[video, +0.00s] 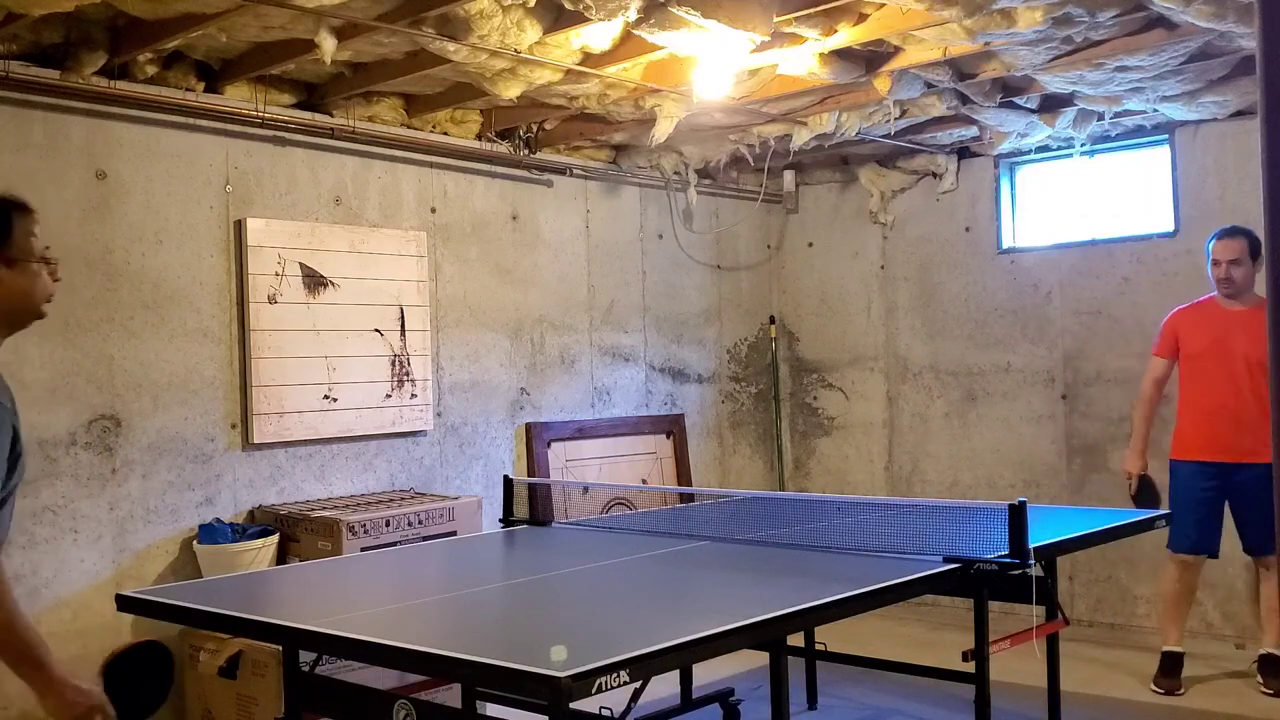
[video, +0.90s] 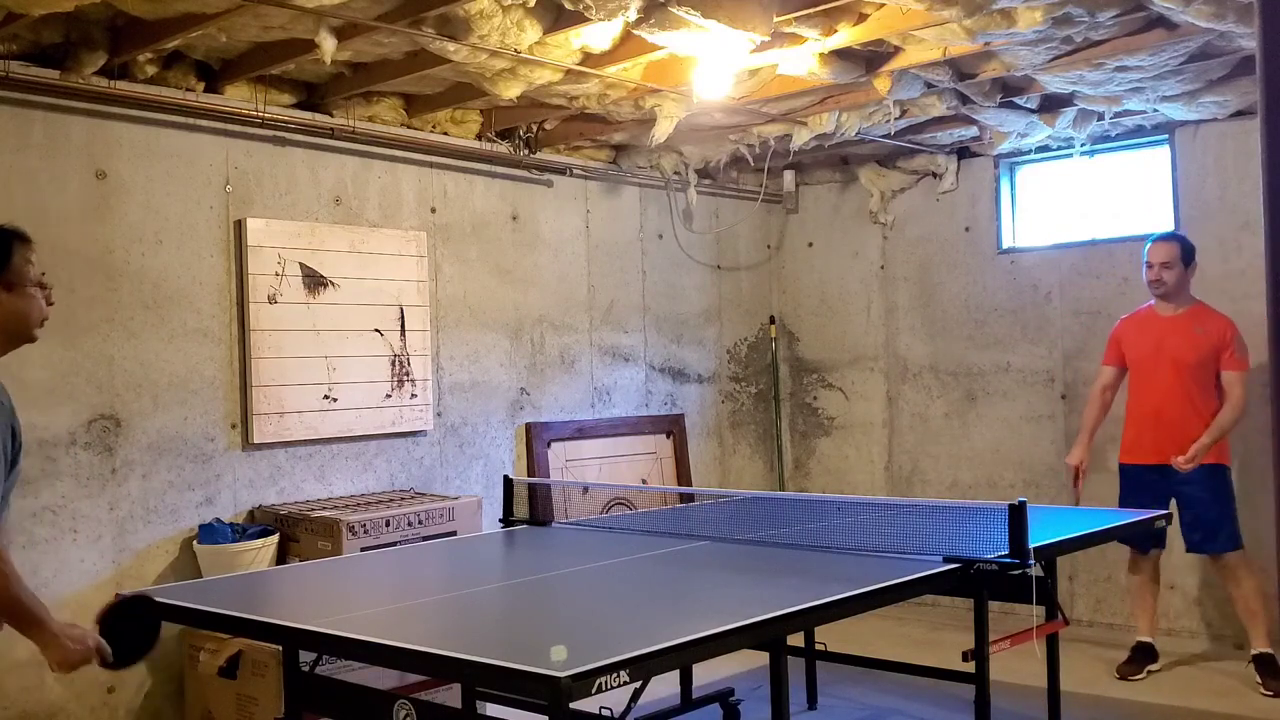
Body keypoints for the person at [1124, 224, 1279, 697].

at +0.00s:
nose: (1223, 271)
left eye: (1234, 262)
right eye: (1216, 263)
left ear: (1255, 266)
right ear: (1208, 266)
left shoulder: (1269, 317)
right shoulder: (1183, 319)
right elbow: (1152, 384)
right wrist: (1137, 448)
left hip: (1260, 461)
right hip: (1194, 460)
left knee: (1270, 559)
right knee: (1184, 556)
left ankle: (1271, 655)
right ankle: (1171, 655)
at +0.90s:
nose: (1155, 274)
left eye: (1165, 266)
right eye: (1149, 266)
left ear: (1188, 270)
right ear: (1145, 270)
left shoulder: (1218, 327)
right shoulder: (1129, 327)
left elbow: (1236, 400)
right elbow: (1104, 389)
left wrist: (1204, 443)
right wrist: (1082, 444)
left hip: (1202, 461)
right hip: (1141, 461)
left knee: (1227, 553)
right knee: (1141, 552)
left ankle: (1263, 651)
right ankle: (1144, 645)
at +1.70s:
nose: (1216, 291)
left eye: (1229, 284)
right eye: (1210, 279)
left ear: (1245, 285)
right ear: (1200, 272)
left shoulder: (1256, 330)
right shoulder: (1166, 316)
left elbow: (1267, 402)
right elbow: (1115, 367)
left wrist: (1235, 395)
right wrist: (1136, 398)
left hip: (1228, 460)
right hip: (1166, 456)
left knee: (1233, 555)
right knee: (1152, 548)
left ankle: (1243, 657)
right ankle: (1145, 641)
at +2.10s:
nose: (1222, 298)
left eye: (1235, 291)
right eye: (1217, 287)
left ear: (1256, 294)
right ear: (1210, 283)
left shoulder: (1266, 342)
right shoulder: (1180, 322)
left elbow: (1271, 398)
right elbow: (1119, 368)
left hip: (1226, 461)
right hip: (1164, 454)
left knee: (1232, 556)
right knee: (1147, 543)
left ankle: (1244, 656)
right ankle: (1144, 618)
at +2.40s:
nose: (1173, 288)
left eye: (1185, 282)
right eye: (1169, 279)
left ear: (1209, 287)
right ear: (1163, 280)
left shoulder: (1232, 345)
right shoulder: (1137, 326)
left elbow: (1256, 414)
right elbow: (1086, 372)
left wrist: (1271, 462)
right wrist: (1042, 419)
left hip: (1195, 470)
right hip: (1130, 461)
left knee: (1211, 561)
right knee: (1101, 547)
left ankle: (1241, 657)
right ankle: (1079, 628)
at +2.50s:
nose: (1145, 291)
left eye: (1156, 284)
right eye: (1140, 282)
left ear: (1181, 289)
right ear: (1134, 284)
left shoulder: (1205, 346)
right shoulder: (1113, 334)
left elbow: (1226, 417)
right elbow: (1075, 385)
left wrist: (1236, 489)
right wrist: (1039, 437)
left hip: (1177, 477)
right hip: (1112, 470)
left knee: (1200, 563)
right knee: (1083, 555)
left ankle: (1240, 659)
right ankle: (1056, 641)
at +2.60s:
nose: (1113, 292)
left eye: (1124, 285)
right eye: (1109, 284)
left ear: (1149, 291)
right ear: (1103, 287)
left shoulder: (1173, 347)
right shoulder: (1086, 340)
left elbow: (1196, 417)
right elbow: (1057, 398)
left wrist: (1194, 485)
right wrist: (1030, 455)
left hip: (1154, 483)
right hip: (1089, 478)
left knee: (1188, 565)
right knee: (1067, 559)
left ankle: (1236, 658)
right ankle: (1054, 642)